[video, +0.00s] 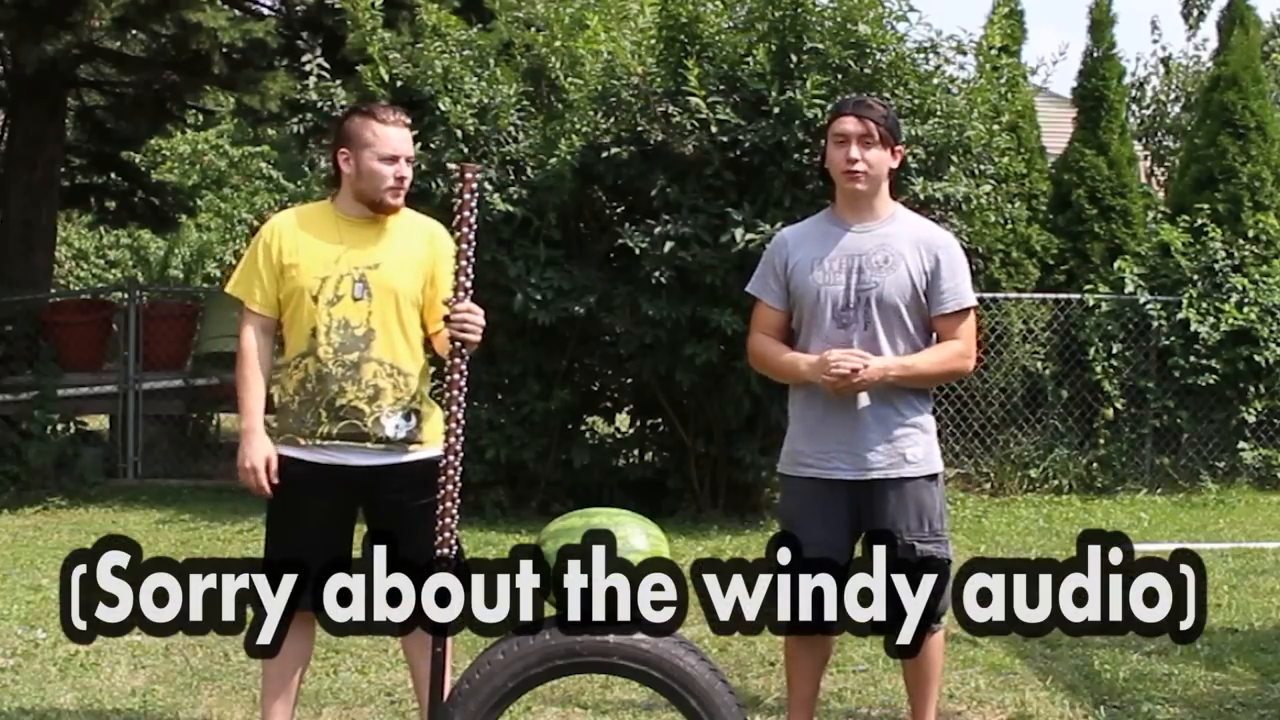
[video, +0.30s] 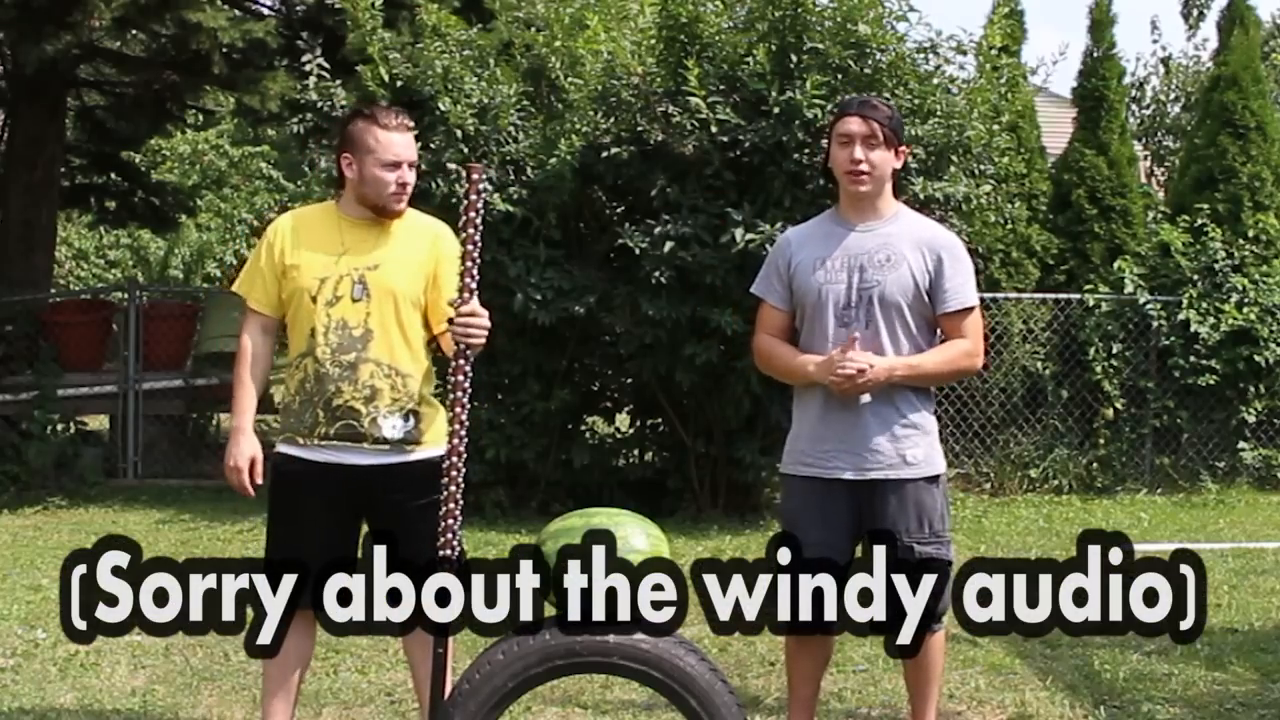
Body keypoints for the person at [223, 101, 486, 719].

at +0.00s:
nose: (403, 171)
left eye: (408, 160)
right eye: (388, 160)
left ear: (413, 163)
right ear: (344, 162)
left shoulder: (430, 239)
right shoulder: (285, 233)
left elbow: (442, 336)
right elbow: (257, 333)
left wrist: (467, 333)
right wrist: (252, 429)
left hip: (410, 460)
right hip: (309, 457)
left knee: (426, 604)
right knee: (294, 602)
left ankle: (439, 715)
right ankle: (275, 716)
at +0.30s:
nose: (405, 178)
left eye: (411, 166)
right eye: (389, 166)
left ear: (417, 166)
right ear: (347, 166)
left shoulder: (434, 238)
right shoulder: (290, 233)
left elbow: (447, 333)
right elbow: (259, 331)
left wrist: (472, 331)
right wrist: (242, 427)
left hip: (412, 463)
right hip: (310, 460)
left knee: (427, 608)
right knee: (293, 605)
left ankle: (439, 716)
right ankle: (275, 717)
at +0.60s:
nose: (396, 173)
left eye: (404, 161)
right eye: (380, 161)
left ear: (413, 164)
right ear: (341, 164)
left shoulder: (432, 239)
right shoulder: (286, 231)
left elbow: (442, 334)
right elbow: (262, 327)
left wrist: (466, 333)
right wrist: (263, 420)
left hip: (404, 462)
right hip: (306, 457)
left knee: (422, 604)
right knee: (289, 602)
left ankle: (438, 715)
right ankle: (275, 717)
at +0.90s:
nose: (360, 169)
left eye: (374, 158)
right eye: (349, 155)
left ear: (391, 169)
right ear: (324, 159)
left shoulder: (416, 242)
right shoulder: (272, 230)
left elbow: (430, 342)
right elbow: (241, 324)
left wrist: (457, 335)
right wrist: (232, 422)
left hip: (383, 457)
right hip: (284, 453)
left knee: (410, 605)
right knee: (276, 601)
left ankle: (436, 715)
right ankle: (273, 717)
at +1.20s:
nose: (354, 170)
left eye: (367, 159)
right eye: (342, 156)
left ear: (383, 169)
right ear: (315, 159)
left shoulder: (406, 242)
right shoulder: (262, 230)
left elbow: (423, 344)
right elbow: (229, 327)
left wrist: (452, 336)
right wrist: (221, 428)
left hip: (378, 458)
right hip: (278, 454)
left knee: (404, 603)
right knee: (270, 603)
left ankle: (432, 714)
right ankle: (273, 718)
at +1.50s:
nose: (356, 168)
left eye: (370, 157)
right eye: (344, 154)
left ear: (386, 166)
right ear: (316, 160)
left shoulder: (415, 238)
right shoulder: (271, 233)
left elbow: (429, 337)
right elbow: (245, 333)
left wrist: (454, 333)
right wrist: (253, 428)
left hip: (395, 459)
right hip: (297, 455)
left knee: (414, 605)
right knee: (282, 604)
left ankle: (434, 714)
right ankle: (274, 717)